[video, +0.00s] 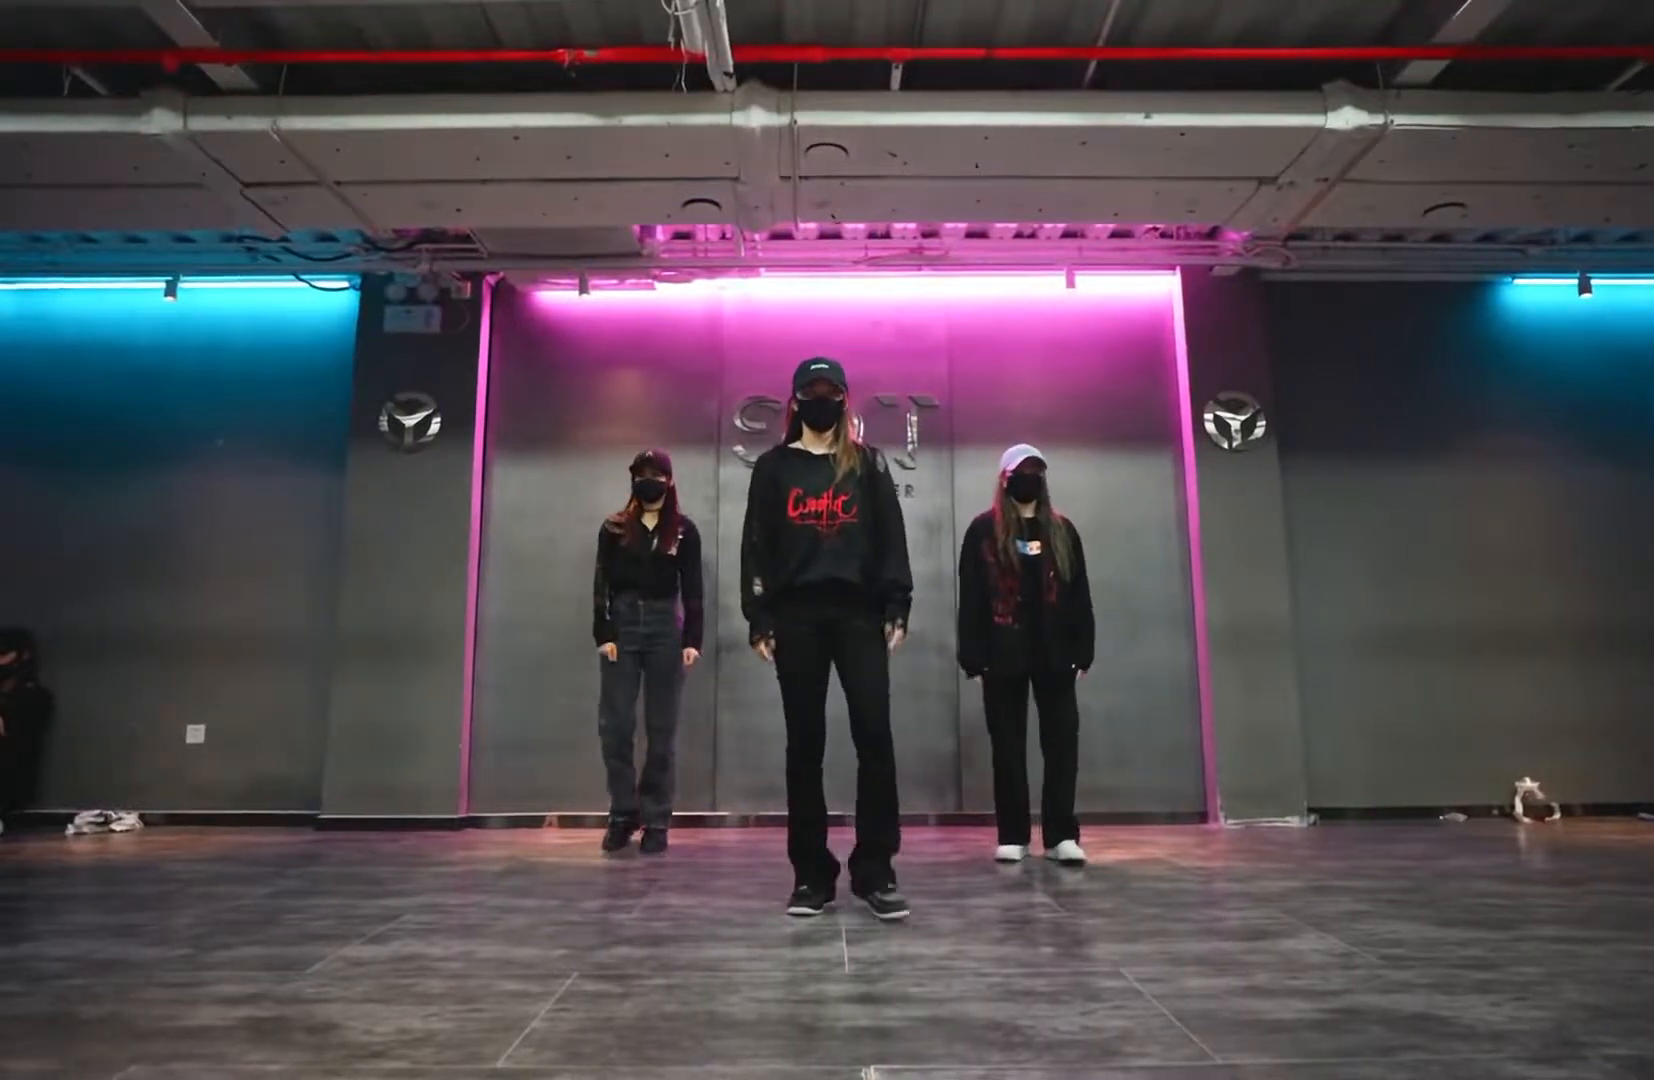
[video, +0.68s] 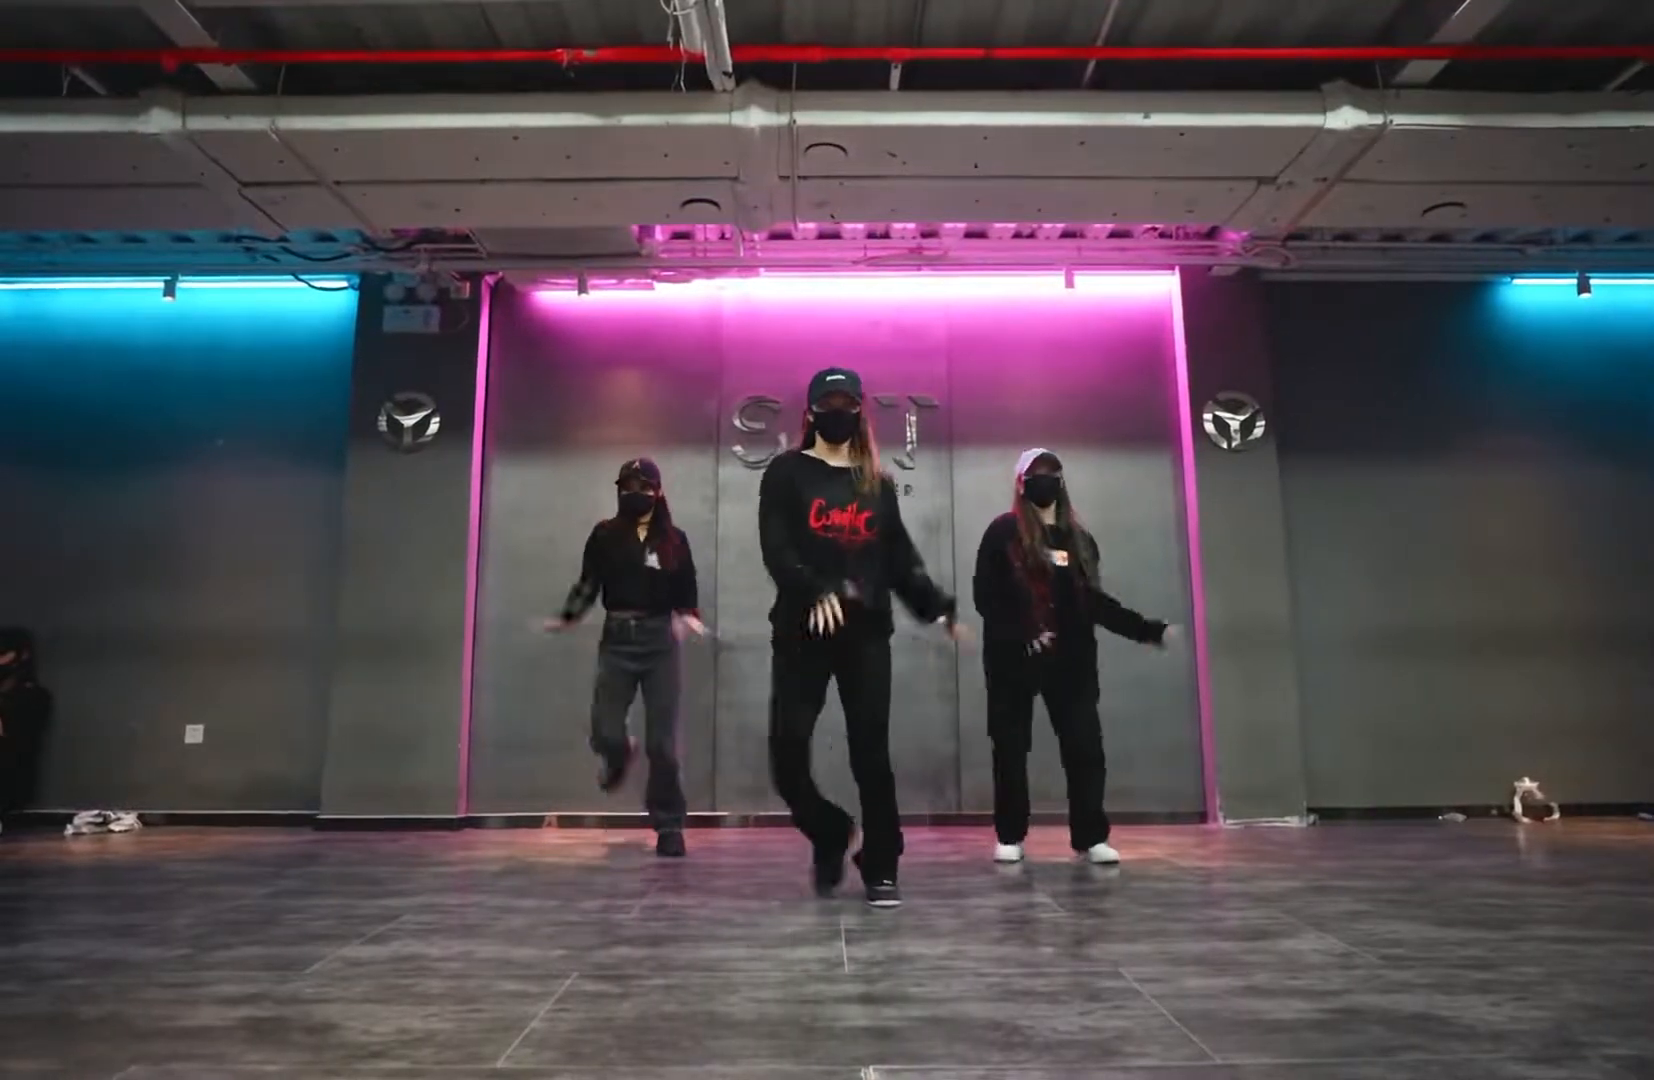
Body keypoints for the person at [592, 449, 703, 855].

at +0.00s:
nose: (649, 488)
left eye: (656, 482)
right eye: (642, 482)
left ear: (669, 484)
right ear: (633, 483)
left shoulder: (683, 530)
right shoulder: (614, 528)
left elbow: (693, 590)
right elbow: (602, 586)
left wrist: (693, 639)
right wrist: (604, 634)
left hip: (665, 632)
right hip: (621, 631)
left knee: (660, 729)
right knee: (614, 725)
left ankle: (656, 822)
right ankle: (623, 814)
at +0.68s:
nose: (635, 496)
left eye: (643, 489)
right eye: (628, 489)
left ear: (657, 493)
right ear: (618, 492)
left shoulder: (672, 538)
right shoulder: (604, 534)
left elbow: (686, 582)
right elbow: (589, 581)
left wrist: (688, 612)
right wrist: (568, 615)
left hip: (661, 638)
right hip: (617, 639)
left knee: (662, 742)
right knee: (604, 733)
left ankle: (669, 828)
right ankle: (619, 757)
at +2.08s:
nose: (625, 484)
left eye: (633, 477)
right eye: (618, 476)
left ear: (642, 479)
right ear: (603, 473)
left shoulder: (649, 531)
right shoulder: (576, 509)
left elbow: (661, 594)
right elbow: (525, 518)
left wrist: (652, 644)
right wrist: (505, 490)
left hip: (620, 643)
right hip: (568, 639)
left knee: (681, 728)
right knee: (544, 755)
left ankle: (665, 832)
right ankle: (498, 848)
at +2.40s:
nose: (641, 466)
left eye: (650, 458)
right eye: (634, 457)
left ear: (663, 461)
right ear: (622, 457)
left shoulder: (672, 505)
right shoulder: (603, 494)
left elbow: (711, 561)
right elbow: (548, 493)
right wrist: (526, 478)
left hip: (645, 629)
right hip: (594, 623)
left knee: (676, 738)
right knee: (551, 746)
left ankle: (685, 848)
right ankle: (509, 849)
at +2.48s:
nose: (633, 447)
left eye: (643, 439)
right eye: (628, 438)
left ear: (662, 440)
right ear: (620, 437)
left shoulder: (679, 482)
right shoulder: (606, 475)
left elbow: (694, 541)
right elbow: (548, 510)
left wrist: (641, 560)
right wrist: (584, 508)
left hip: (649, 608)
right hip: (597, 606)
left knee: (658, 728)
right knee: (580, 721)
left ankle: (675, 838)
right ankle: (568, 833)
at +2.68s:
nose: (639, 457)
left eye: (648, 448)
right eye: (631, 447)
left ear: (661, 448)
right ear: (617, 447)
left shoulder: (671, 495)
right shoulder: (607, 490)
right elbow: (575, 552)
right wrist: (606, 553)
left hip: (660, 619)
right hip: (610, 619)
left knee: (664, 737)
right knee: (616, 737)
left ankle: (676, 844)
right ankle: (622, 842)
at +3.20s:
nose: (604, 460)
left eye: (613, 453)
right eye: (599, 453)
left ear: (629, 457)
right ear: (591, 457)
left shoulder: (637, 498)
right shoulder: (584, 501)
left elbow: (600, 521)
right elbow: (544, 548)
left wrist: (540, 519)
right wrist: (546, 520)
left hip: (624, 621)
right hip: (579, 622)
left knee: (647, 733)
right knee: (531, 723)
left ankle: (676, 844)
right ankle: (509, 840)